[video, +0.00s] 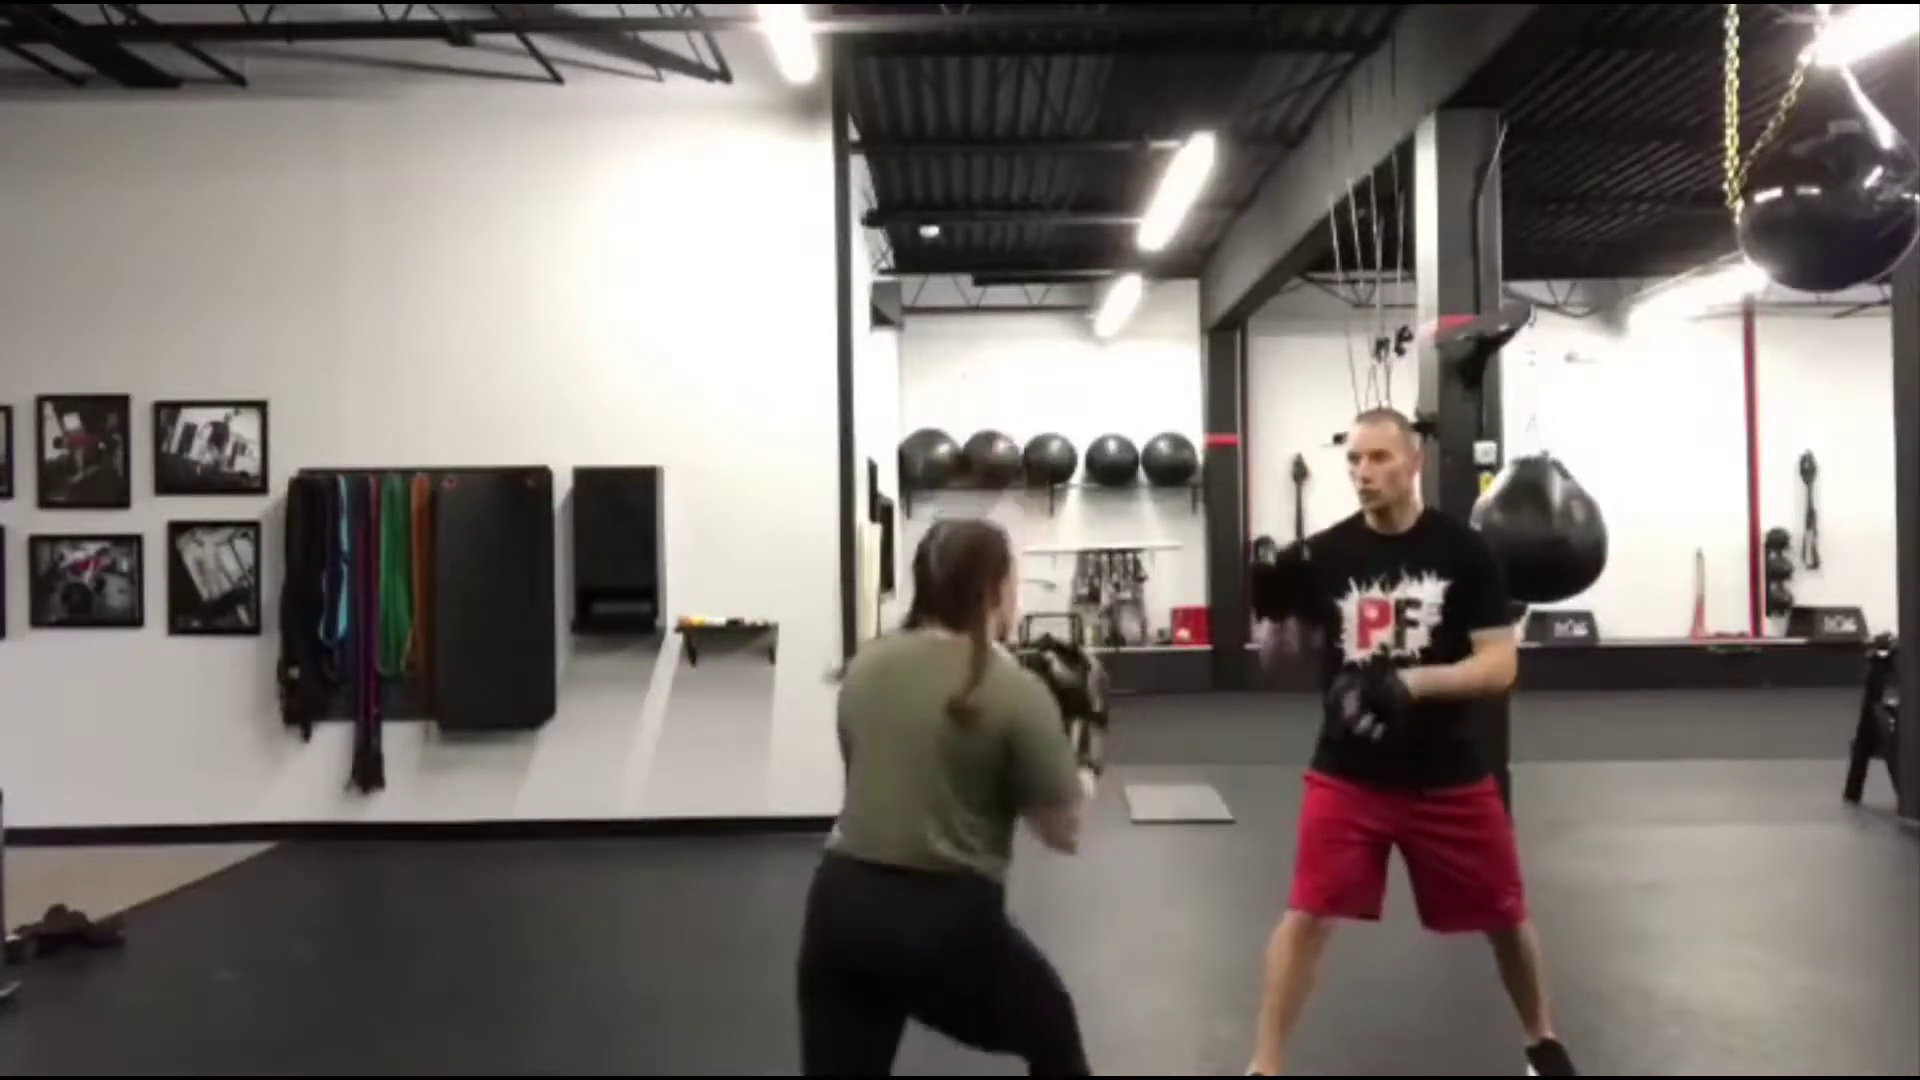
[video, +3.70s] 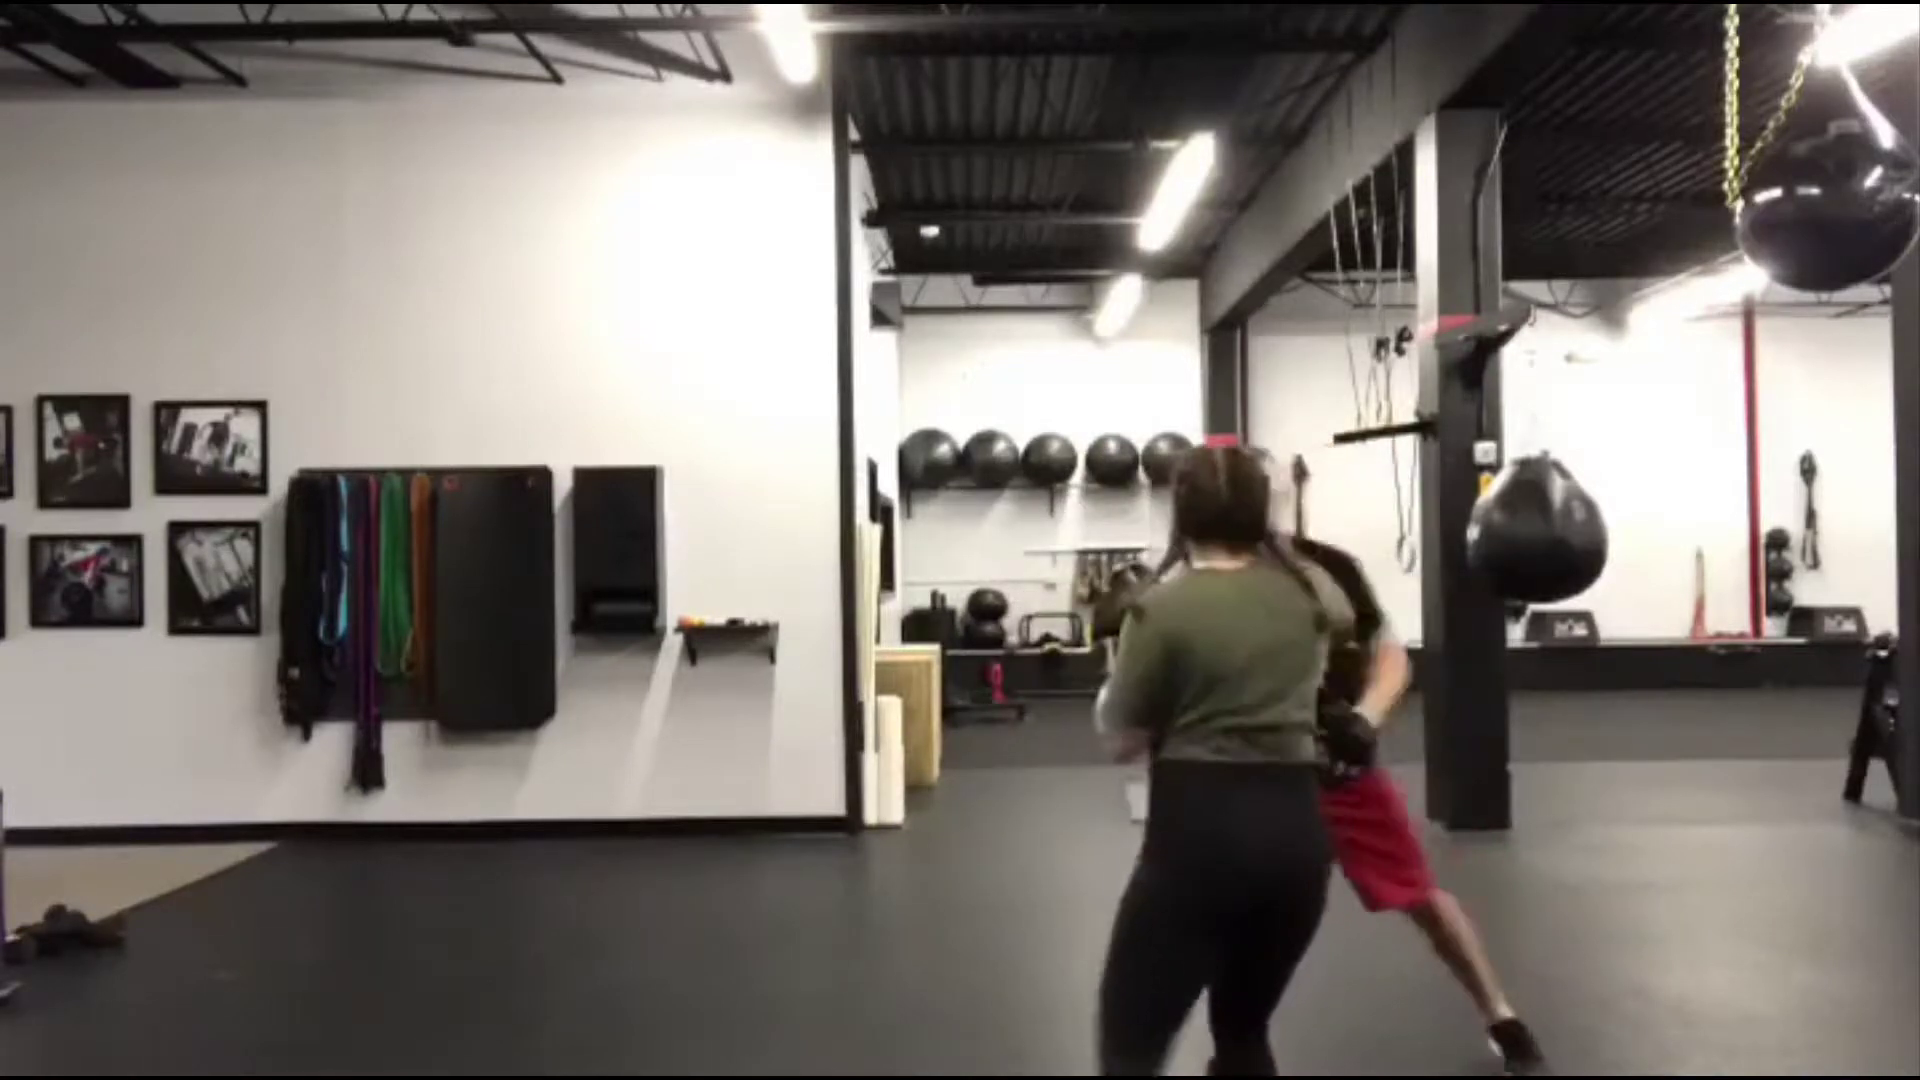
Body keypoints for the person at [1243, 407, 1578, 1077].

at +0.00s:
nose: (1365, 471)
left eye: (1379, 457)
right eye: (1356, 460)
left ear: (1415, 460)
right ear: (1347, 467)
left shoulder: (1464, 550)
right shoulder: (1326, 553)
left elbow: (1499, 665)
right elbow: (1288, 654)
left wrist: (1409, 682)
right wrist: (1275, 603)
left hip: (1452, 778)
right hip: (1348, 775)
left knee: (1508, 921)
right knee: (1308, 914)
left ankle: (1543, 1043)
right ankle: (1265, 1063)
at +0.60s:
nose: (1294, 478)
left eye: (1307, 464)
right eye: (1285, 467)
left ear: (1345, 464)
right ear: (1278, 475)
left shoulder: (1408, 542)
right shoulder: (1267, 558)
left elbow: (1448, 650)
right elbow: (1227, 653)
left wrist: (1369, 645)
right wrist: (1218, 656)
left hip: (1416, 770)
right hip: (1314, 773)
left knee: (1476, 909)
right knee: (1287, 914)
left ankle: (1516, 1025)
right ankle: (1262, 1064)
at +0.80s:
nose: (1322, 503)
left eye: (1335, 489)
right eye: (1312, 491)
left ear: (1372, 485)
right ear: (1304, 494)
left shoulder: (1423, 556)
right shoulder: (1291, 571)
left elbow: (1441, 666)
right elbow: (1257, 662)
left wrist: (1349, 630)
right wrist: (1285, 739)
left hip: (1425, 779)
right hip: (1329, 777)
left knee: (1483, 922)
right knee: (1293, 914)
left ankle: (1508, 1022)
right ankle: (1261, 1065)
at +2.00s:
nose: (1335, 500)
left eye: (1349, 488)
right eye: (1331, 488)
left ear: (1389, 493)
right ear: (1327, 493)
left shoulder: (1439, 566)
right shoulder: (1310, 571)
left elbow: (1464, 680)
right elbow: (1253, 650)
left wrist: (1410, 615)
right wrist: (1258, 694)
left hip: (1429, 778)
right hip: (1327, 775)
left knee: (1491, 917)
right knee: (1284, 905)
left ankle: (1509, 1026)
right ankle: (1245, 1053)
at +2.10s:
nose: (1334, 496)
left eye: (1349, 484)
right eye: (1329, 485)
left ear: (1388, 489)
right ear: (1323, 493)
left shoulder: (1440, 564)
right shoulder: (1309, 570)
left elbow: (1465, 677)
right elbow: (1283, 657)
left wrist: (1407, 608)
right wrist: (1250, 604)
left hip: (1431, 778)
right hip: (1329, 772)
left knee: (1491, 919)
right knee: (1282, 904)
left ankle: (1510, 1026)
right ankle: (1245, 1052)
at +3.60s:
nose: (1295, 509)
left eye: (1307, 496)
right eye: (1284, 499)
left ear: (1331, 499)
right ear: (1271, 506)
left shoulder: (1379, 571)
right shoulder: (1260, 581)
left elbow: (1428, 682)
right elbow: (1239, 675)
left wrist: (1354, 698)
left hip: (1395, 778)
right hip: (1303, 782)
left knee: (1472, 912)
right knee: (1267, 919)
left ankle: (1515, 1023)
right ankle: (1233, 1045)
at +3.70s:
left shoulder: (1327, 569)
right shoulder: (1198, 585)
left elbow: (1391, 657)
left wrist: (1361, 720)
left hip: (1338, 765)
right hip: (1252, 778)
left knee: (1420, 896)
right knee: (1245, 915)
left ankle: (1500, 1018)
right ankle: (1236, 1045)